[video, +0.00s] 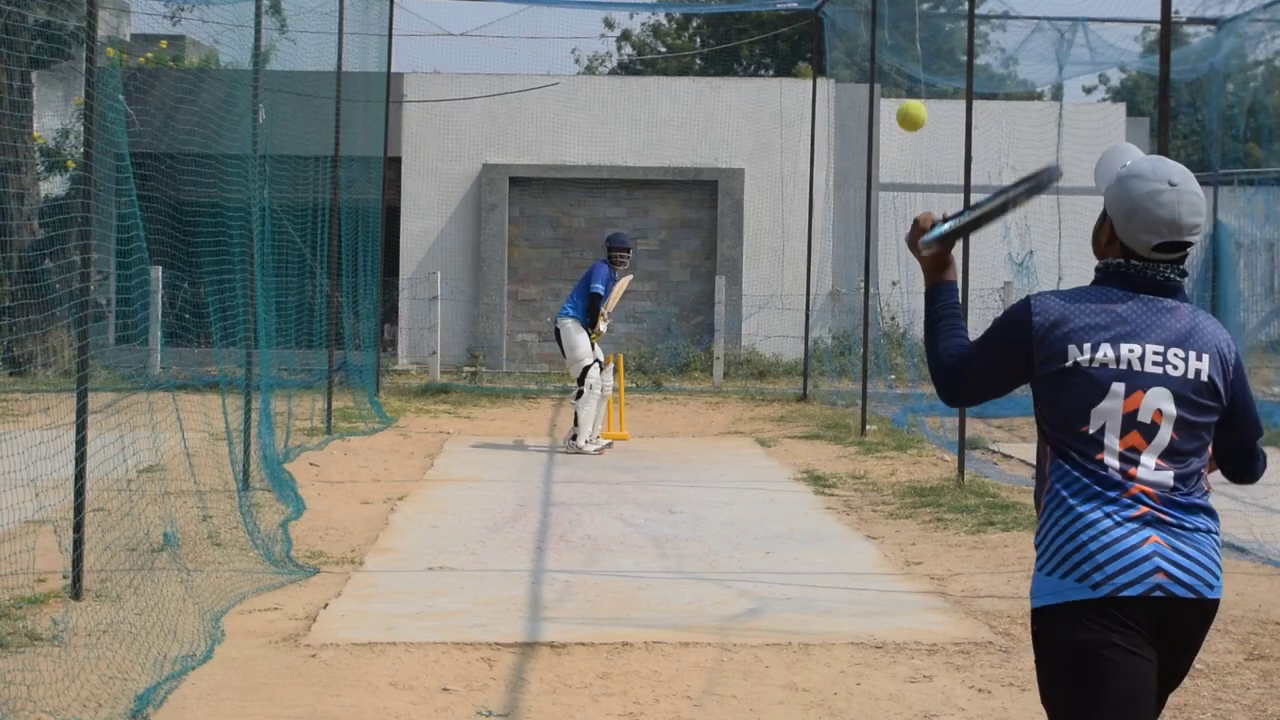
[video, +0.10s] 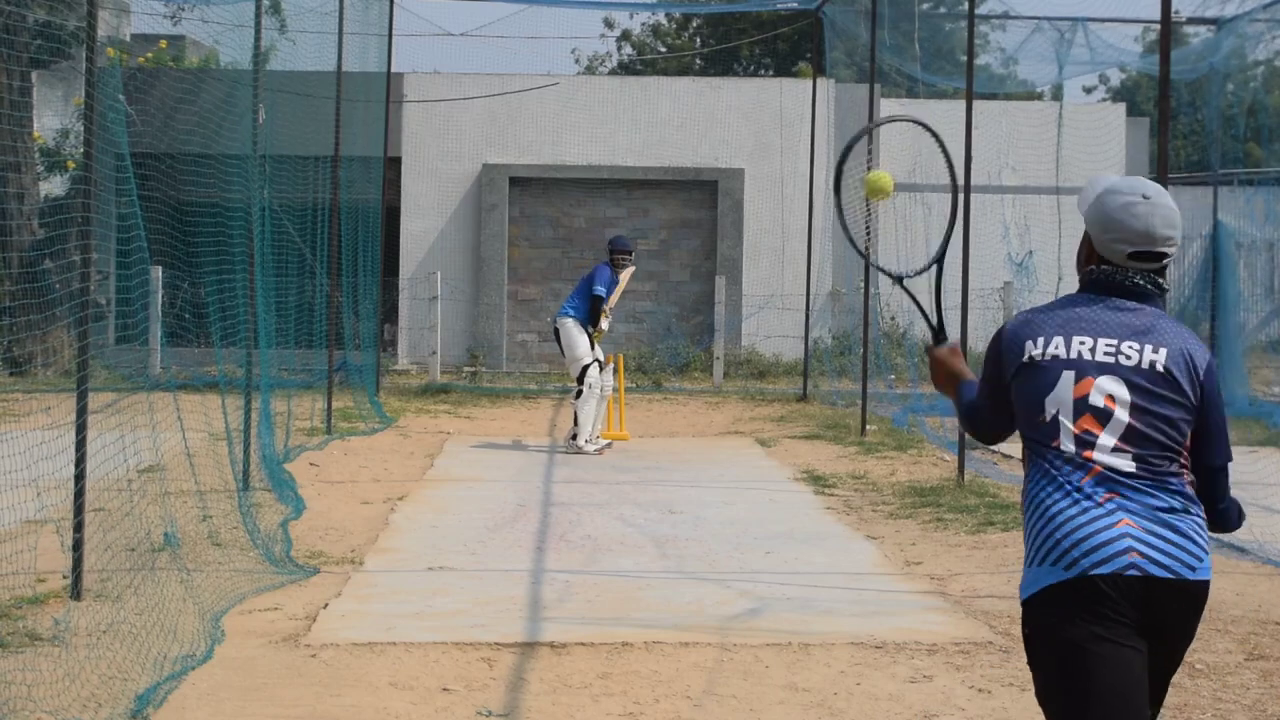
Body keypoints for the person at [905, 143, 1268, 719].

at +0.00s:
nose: (1098, 222)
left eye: (1103, 214)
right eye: (1104, 210)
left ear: (1108, 234)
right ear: (1185, 245)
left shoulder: (1048, 317)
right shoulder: (1213, 338)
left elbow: (957, 383)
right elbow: (1246, 464)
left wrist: (939, 277)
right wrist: (1204, 429)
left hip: (1088, 581)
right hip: (1193, 586)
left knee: (1096, 708)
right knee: (1129, 709)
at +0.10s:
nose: (1078, 245)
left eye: (1082, 237)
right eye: (1084, 235)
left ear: (1088, 251)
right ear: (1162, 262)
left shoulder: (1023, 334)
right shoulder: (1192, 350)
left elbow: (987, 423)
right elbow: (1211, 475)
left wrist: (956, 381)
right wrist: (1222, 513)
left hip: (1078, 566)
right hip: (1180, 572)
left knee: (1096, 707)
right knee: (1134, 708)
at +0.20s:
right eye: (1136, 265)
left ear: (1059, 268)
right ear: (1135, 272)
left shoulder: (1009, 342)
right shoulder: (1162, 341)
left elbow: (1009, 453)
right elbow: (1205, 462)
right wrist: (1231, 509)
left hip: (1052, 543)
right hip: (1156, 543)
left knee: (1086, 707)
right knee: (1136, 704)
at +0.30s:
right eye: (1124, 258)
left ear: (1051, 265)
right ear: (1125, 266)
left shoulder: (1004, 342)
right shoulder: (1152, 334)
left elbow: (1008, 443)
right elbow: (1202, 448)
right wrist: (1234, 493)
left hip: (1041, 532)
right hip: (1145, 532)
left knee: (1066, 707)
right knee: (1128, 704)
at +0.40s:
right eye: (1114, 249)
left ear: (1042, 256)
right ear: (1115, 257)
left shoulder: (991, 328)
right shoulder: (1145, 322)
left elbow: (993, 441)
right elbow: (1194, 430)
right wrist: (1228, 480)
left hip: (1030, 518)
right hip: (1134, 520)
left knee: (1038, 700)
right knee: (1114, 698)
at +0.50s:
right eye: (1111, 239)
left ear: (1037, 247)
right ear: (1110, 246)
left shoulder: (984, 314)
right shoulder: (1141, 314)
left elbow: (977, 438)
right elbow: (1183, 420)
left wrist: (1003, 502)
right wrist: (1212, 480)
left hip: (1024, 509)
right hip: (1128, 513)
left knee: (1020, 697)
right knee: (1106, 696)